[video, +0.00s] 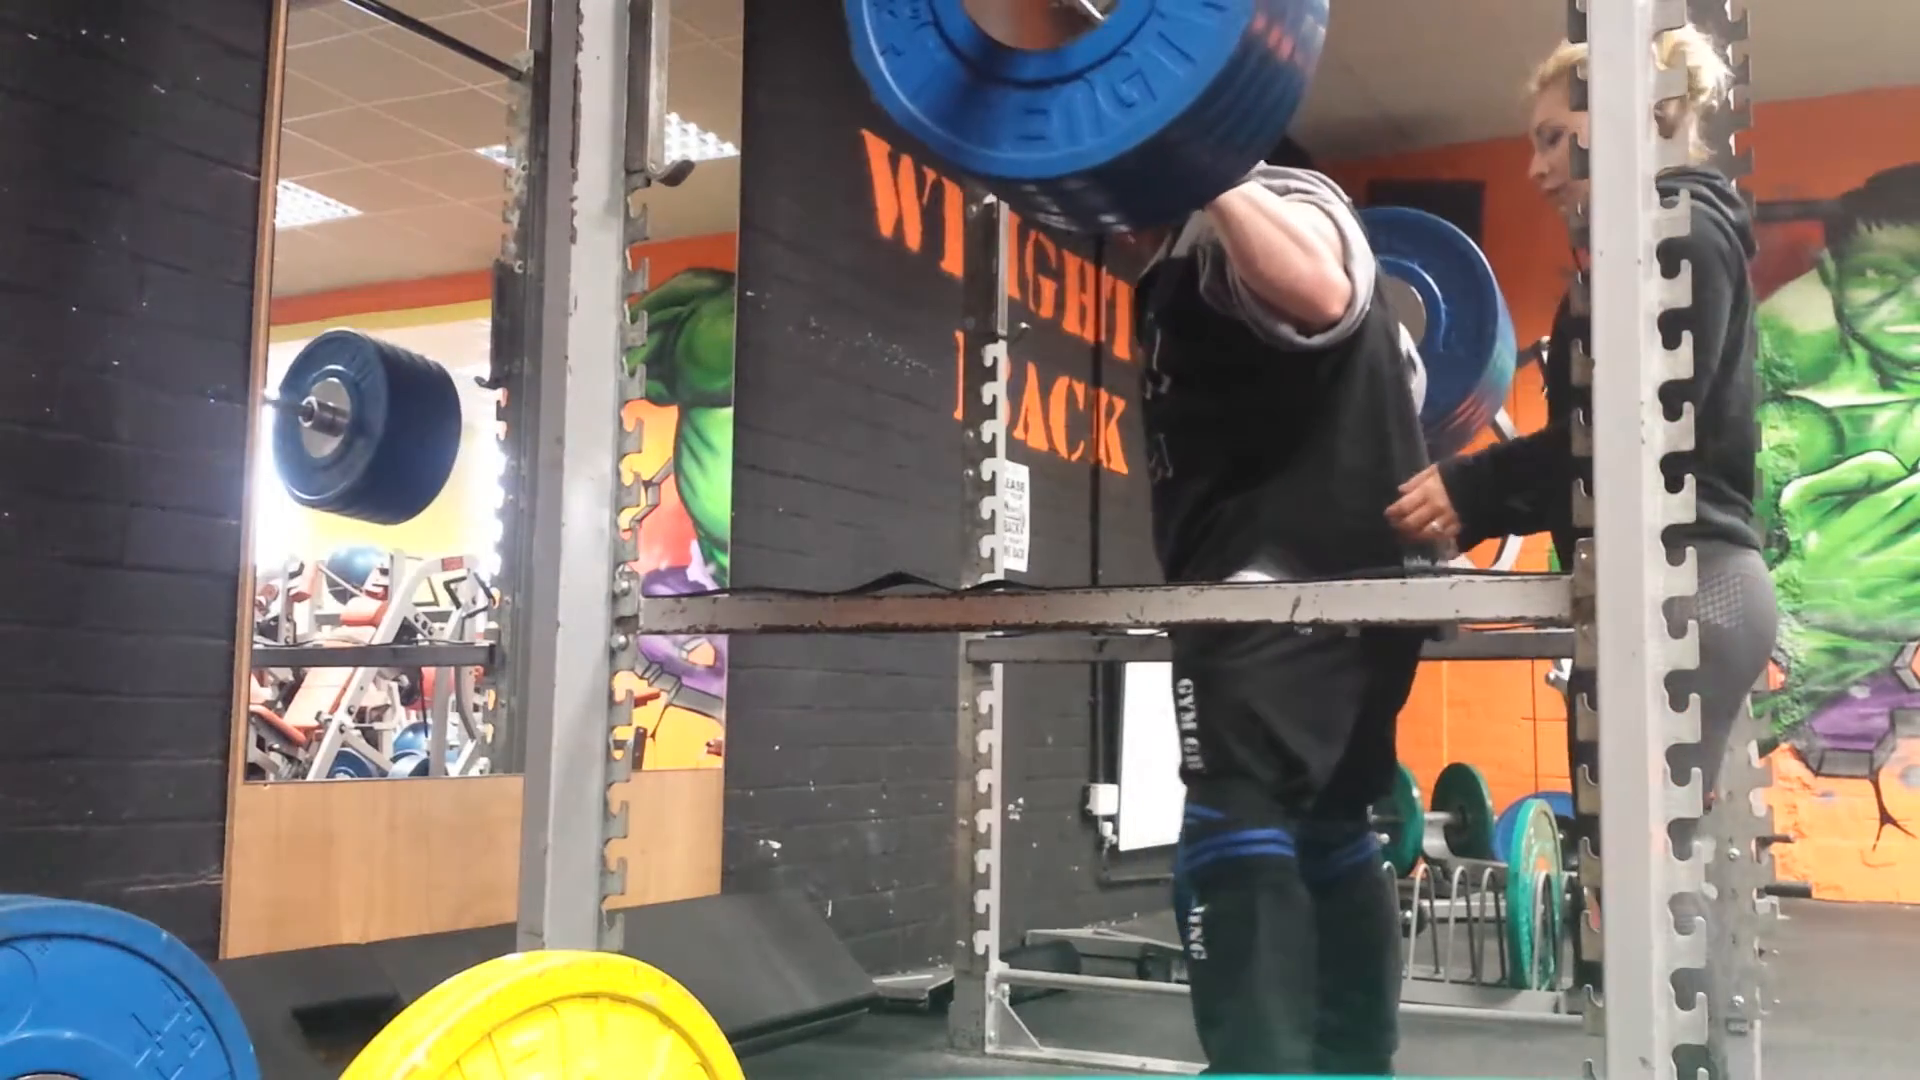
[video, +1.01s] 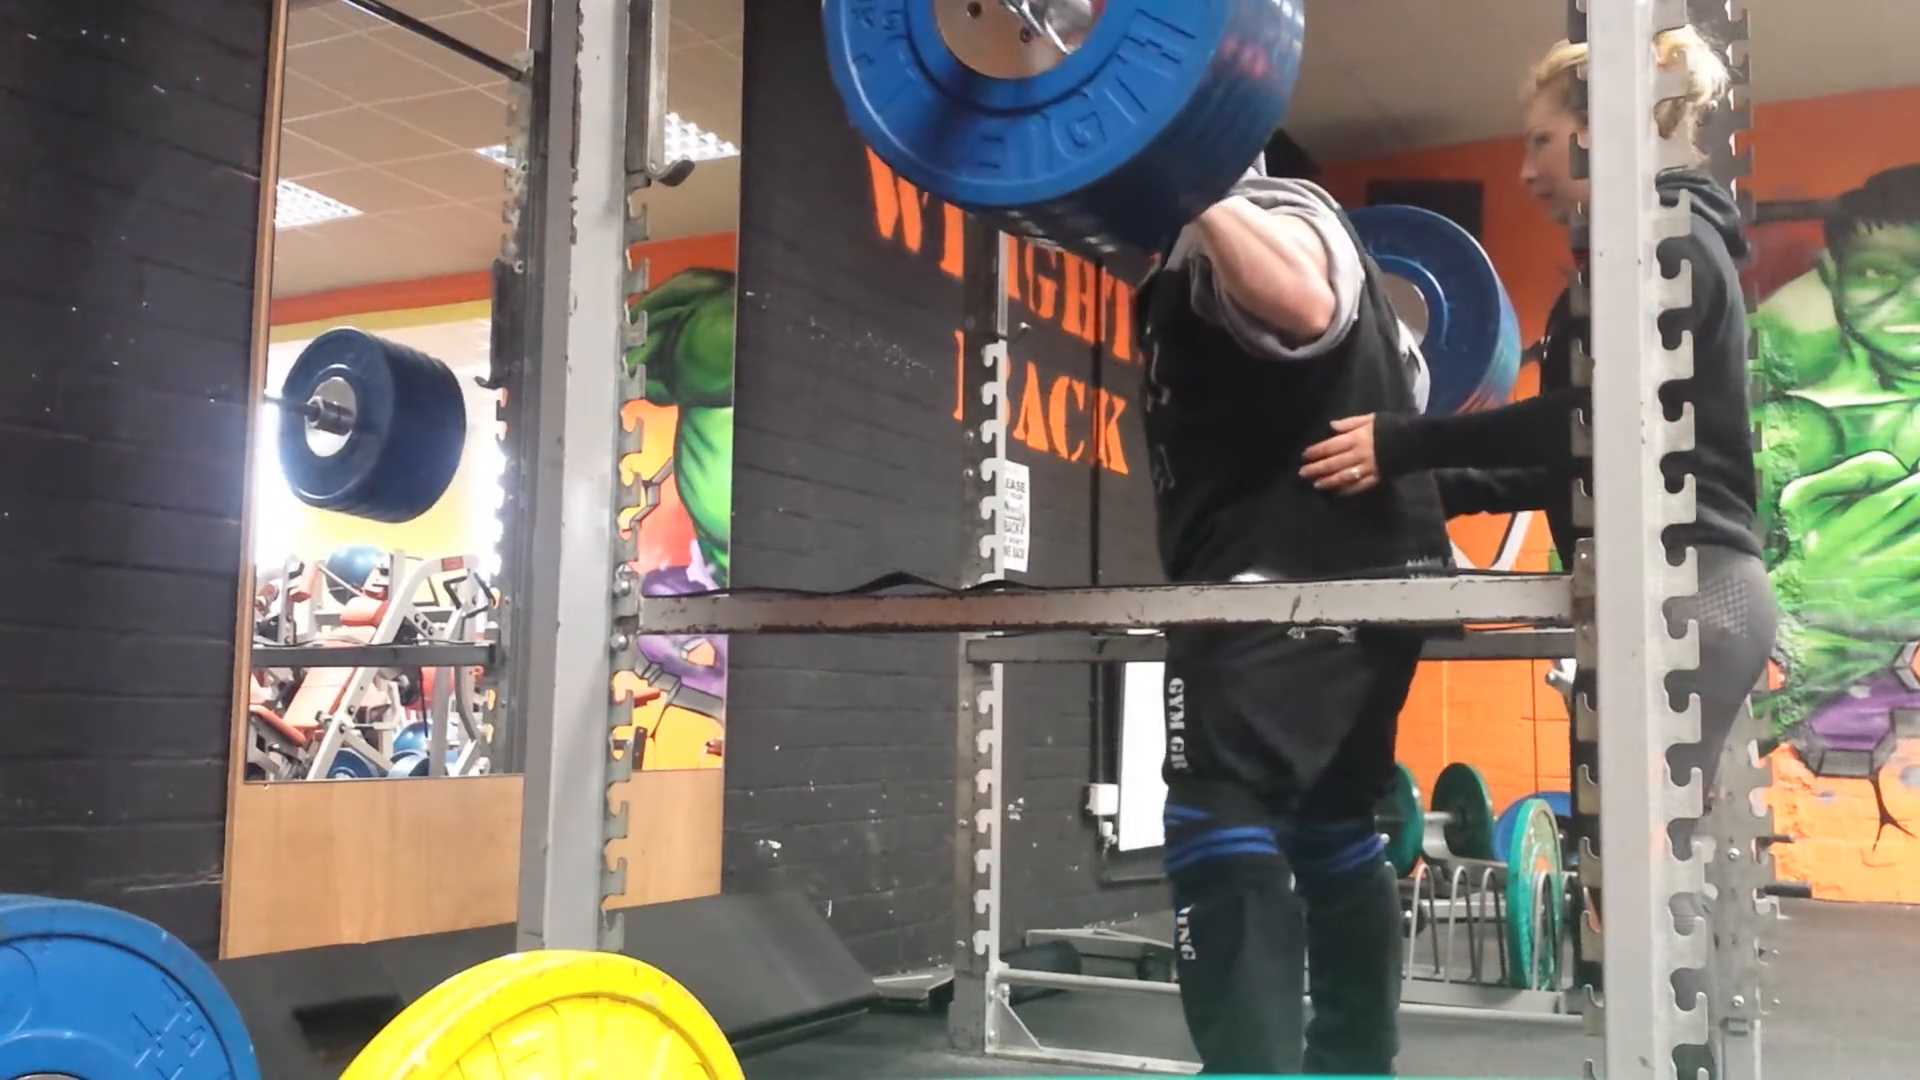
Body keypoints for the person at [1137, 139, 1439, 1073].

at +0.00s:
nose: (1087, 232)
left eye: (1094, 204)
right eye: (1074, 213)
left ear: (1157, 165)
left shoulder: (1283, 196)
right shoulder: (1193, 249)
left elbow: (1319, 290)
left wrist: (1205, 172)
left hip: (1297, 586)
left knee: (1236, 833)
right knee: (1335, 835)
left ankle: (1259, 1065)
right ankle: (1352, 1064)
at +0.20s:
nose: (1103, 260)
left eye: (1102, 235)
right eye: (1084, 245)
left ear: (1151, 199)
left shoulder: (1277, 196)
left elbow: (1335, 278)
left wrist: (1209, 173)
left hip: (1313, 581)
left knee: (1268, 832)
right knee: (1347, 838)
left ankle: (1270, 1065)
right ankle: (1355, 1067)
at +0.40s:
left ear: (1200, 159)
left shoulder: (1280, 218)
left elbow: (1319, 310)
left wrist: (1212, 209)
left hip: (1310, 584)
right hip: (1369, 586)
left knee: (1251, 819)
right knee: (1338, 829)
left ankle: (1263, 1063)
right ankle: (1352, 1062)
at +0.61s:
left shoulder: (1287, 211)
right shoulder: (1198, 245)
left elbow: (1323, 307)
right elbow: (1080, 223)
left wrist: (1205, 191)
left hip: (1296, 582)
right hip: (1356, 582)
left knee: (1254, 826)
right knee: (1342, 830)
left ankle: (1262, 1063)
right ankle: (1353, 1065)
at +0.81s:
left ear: (1190, 154)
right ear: (1264, 144)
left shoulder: (1276, 218)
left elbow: (1310, 313)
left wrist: (1202, 197)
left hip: (1288, 584)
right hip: (1363, 583)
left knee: (1237, 823)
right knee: (1338, 829)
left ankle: (1256, 1063)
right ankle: (1352, 1065)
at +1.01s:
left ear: (1184, 143)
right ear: (1245, 134)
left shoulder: (1266, 207)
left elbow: (1300, 299)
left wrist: (1188, 190)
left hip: (1287, 582)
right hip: (1368, 581)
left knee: (1220, 819)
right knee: (1337, 826)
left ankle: (1250, 1062)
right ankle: (1353, 1061)